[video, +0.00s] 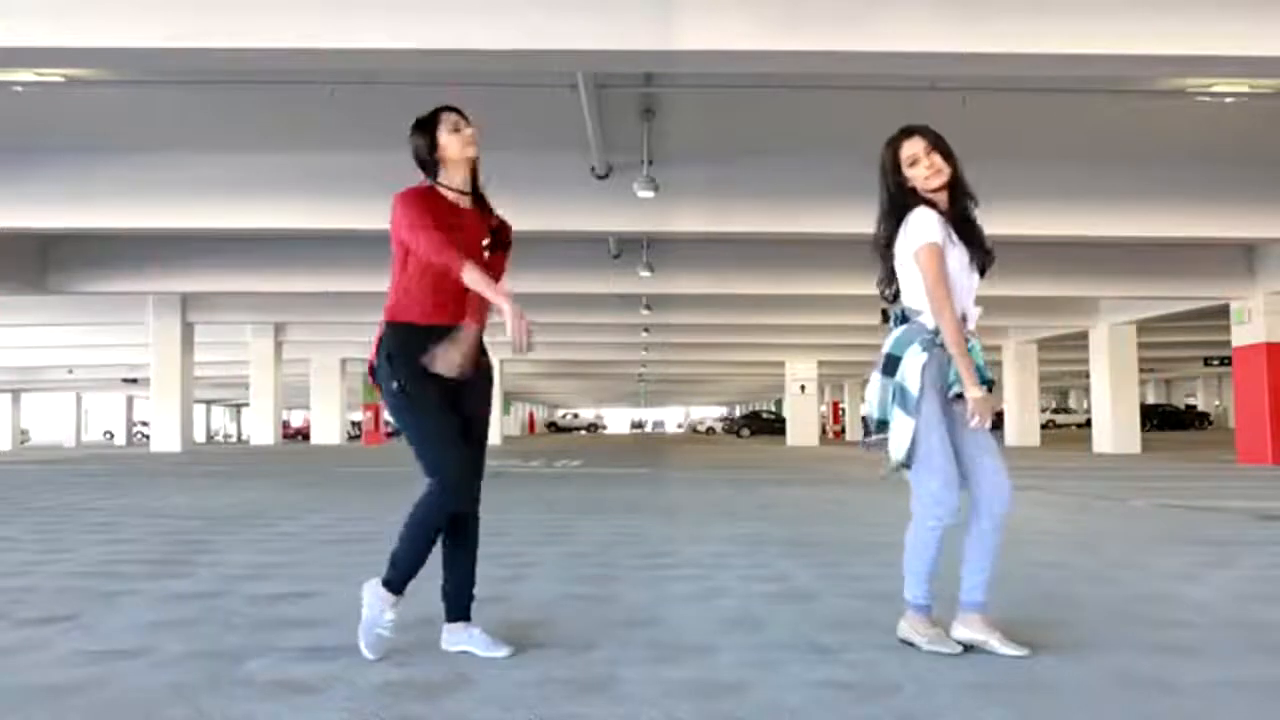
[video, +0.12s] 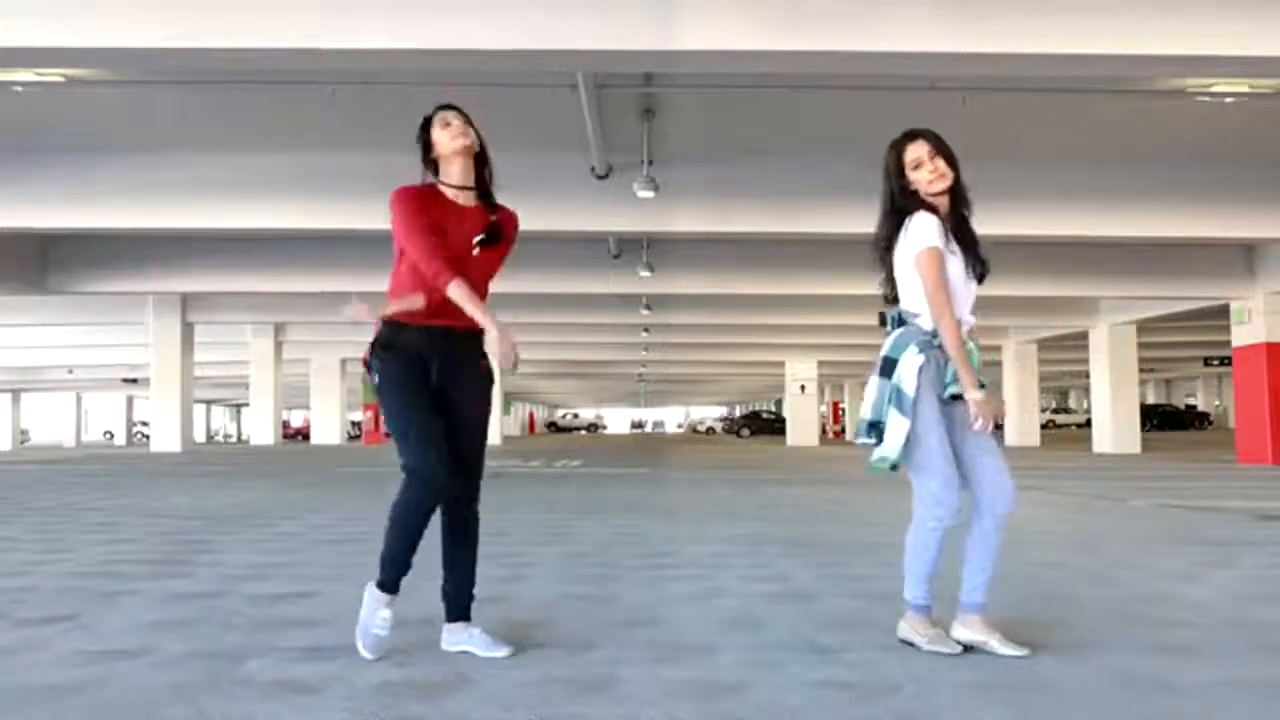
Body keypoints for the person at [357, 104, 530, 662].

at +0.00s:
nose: (470, 130)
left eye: (470, 124)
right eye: (456, 126)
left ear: (476, 141)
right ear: (433, 148)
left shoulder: (496, 227)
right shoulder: (411, 204)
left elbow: (485, 292)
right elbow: (446, 257)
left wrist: (465, 339)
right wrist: (504, 301)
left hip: (467, 351)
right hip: (407, 349)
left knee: (465, 489)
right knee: (450, 480)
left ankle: (458, 624)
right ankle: (385, 594)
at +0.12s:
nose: (459, 127)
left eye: (464, 122)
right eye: (445, 125)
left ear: (479, 142)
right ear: (430, 150)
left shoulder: (502, 220)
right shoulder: (409, 200)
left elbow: (469, 290)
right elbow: (438, 272)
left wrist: (396, 306)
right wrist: (493, 326)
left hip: (464, 354)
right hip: (403, 350)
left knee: (463, 489)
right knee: (428, 474)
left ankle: (458, 625)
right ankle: (383, 595)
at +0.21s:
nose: (450, 126)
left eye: (458, 120)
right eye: (438, 124)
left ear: (476, 143)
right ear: (426, 149)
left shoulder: (500, 217)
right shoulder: (405, 198)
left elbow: (463, 293)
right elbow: (421, 273)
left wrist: (379, 308)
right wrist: (466, 332)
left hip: (461, 353)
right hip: (399, 346)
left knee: (460, 491)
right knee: (405, 478)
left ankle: (458, 624)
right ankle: (375, 598)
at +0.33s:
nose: (432, 126)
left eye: (442, 119)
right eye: (422, 123)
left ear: (465, 140)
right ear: (414, 147)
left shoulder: (488, 212)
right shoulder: (393, 203)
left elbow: (462, 295)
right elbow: (386, 284)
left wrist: (396, 315)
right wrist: (399, 360)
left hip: (455, 352)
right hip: (394, 348)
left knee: (457, 491)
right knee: (371, 483)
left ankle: (458, 624)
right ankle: (345, 607)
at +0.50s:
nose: (397, 130)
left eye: (410, 122)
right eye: (393, 123)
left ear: (437, 141)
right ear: (387, 141)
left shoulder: (456, 216)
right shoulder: (363, 206)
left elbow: (446, 306)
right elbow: (339, 285)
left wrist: (417, 388)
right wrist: (319, 361)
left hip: (426, 361)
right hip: (362, 355)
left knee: (442, 495)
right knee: (337, 489)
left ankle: (456, 625)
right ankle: (306, 617)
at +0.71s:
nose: (359, 133)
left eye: (374, 130)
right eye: (357, 127)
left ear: (392, 156)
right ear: (346, 147)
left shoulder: (403, 225)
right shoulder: (312, 214)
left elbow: (449, 290)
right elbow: (280, 282)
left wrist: (472, 368)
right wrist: (251, 353)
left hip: (373, 365)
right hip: (309, 362)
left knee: (406, 500)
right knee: (306, 503)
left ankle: (451, 622)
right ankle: (300, 625)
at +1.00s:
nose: (347, 143)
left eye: (356, 140)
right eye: (338, 133)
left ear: (362, 161)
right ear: (312, 145)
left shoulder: (375, 213)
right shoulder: (273, 202)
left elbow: (443, 261)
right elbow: (209, 237)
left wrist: (416, 318)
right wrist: (217, 296)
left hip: (355, 358)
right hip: (288, 358)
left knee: (367, 493)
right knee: (294, 498)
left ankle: (373, 621)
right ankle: (298, 624)